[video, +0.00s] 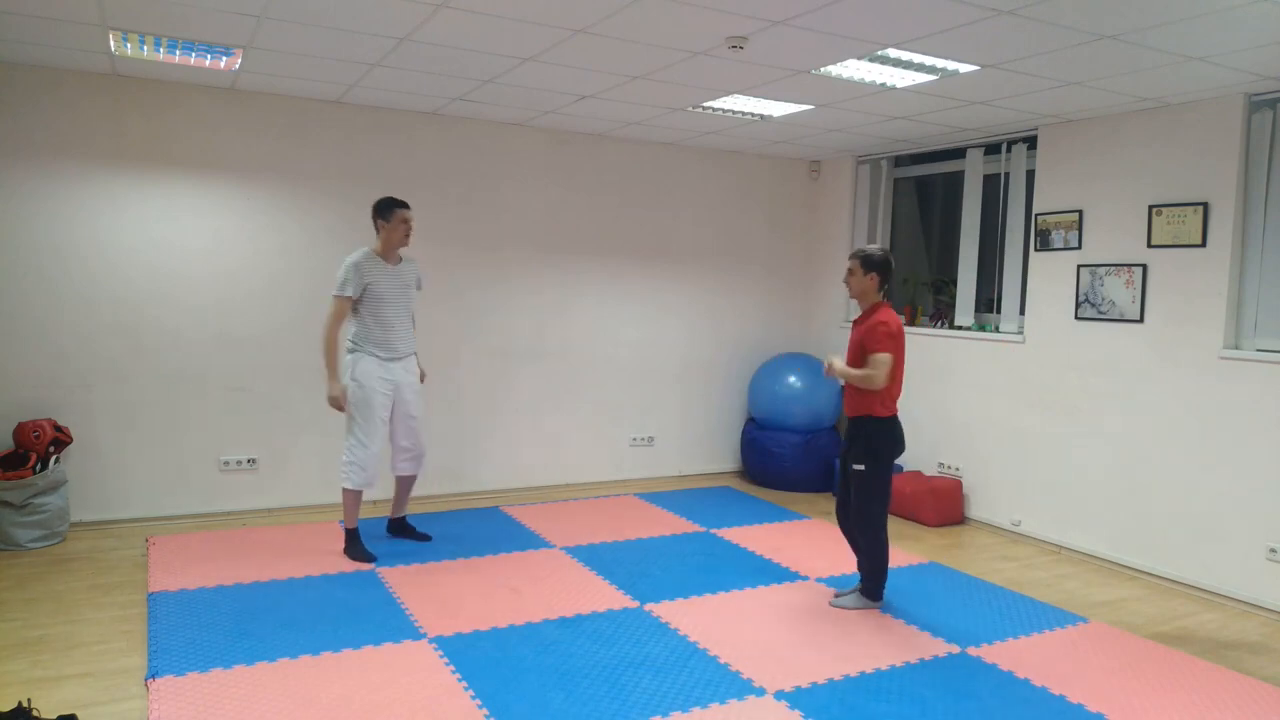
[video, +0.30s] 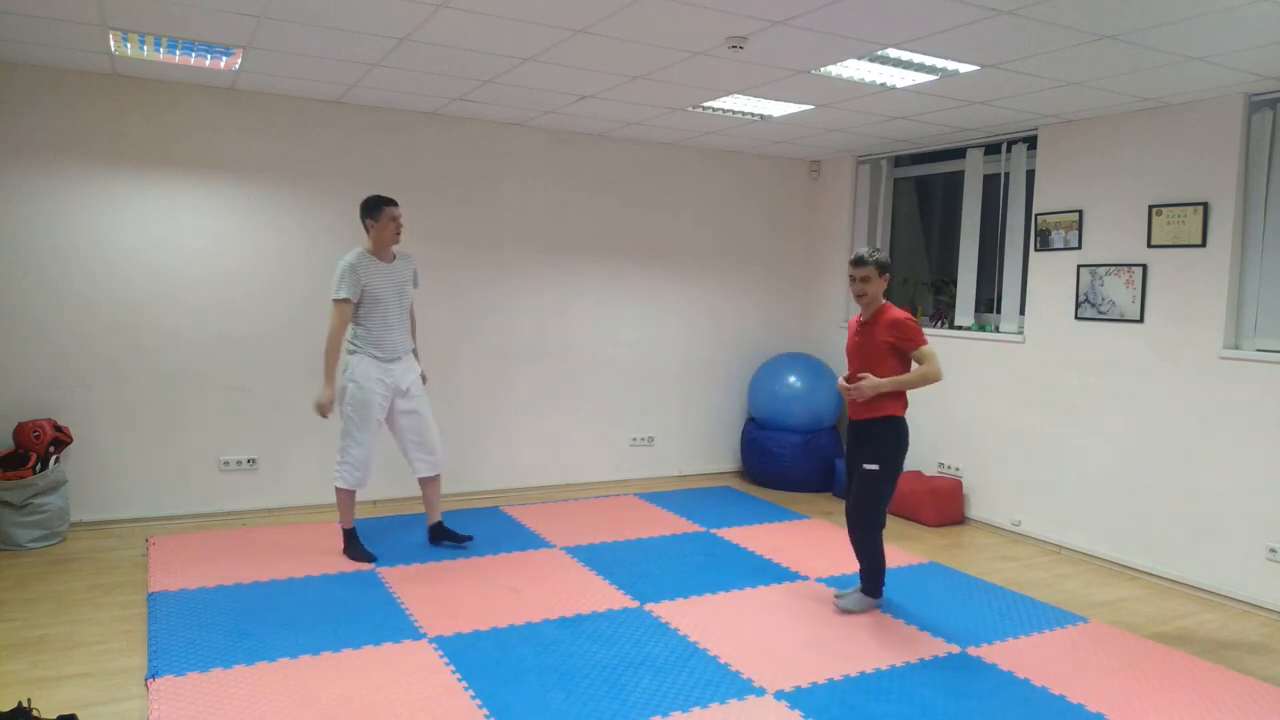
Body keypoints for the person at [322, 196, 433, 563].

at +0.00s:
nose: (410, 230)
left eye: (411, 223)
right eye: (404, 223)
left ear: (405, 228)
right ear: (381, 225)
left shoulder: (410, 268)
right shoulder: (357, 265)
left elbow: (406, 321)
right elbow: (332, 325)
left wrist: (415, 362)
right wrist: (333, 380)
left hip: (405, 368)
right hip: (368, 367)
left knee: (412, 446)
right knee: (363, 449)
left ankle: (398, 520)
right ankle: (352, 536)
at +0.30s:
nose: (400, 226)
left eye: (400, 220)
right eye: (393, 221)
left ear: (395, 226)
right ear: (371, 225)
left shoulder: (406, 265)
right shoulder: (354, 266)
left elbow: (409, 315)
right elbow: (337, 327)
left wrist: (415, 362)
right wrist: (328, 385)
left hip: (403, 368)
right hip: (364, 368)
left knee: (427, 446)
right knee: (355, 453)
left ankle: (436, 527)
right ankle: (350, 537)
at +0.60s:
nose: (422, 228)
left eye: (423, 222)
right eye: (415, 223)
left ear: (418, 227)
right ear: (394, 227)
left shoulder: (427, 268)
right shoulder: (373, 268)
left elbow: (435, 317)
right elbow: (368, 335)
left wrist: (444, 360)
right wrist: (394, 381)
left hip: (417, 371)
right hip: (377, 372)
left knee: (432, 450)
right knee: (360, 454)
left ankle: (441, 534)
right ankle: (350, 537)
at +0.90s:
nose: (458, 241)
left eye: (463, 235)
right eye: (453, 233)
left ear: (465, 236)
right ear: (435, 228)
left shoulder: (460, 275)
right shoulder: (406, 264)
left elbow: (463, 327)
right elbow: (388, 322)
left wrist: (472, 372)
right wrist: (415, 370)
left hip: (442, 371)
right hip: (401, 371)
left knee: (447, 452)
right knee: (388, 454)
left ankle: (442, 535)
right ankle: (360, 532)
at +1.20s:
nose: (480, 246)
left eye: (486, 241)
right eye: (476, 238)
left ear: (490, 242)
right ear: (459, 231)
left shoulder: (482, 280)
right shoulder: (427, 261)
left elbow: (482, 334)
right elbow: (393, 307)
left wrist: (485, 384)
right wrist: (385, 358)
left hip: (455, 371)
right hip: (413, 366)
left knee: (452, 451)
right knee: (406, 451)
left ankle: (443, 535)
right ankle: (396, 537)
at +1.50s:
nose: (486, 248)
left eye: (492, 243)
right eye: (481, 240)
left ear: (497, 243)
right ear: (465, 232)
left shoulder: (492, 280)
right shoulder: (436, 262)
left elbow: (493, 334)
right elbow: (405, 315)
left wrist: (499, 385)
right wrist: (394, 370)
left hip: (464, 371)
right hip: (424, 365)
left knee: (455, 452)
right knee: (431, 449)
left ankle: (444, 533)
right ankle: (439, 540)